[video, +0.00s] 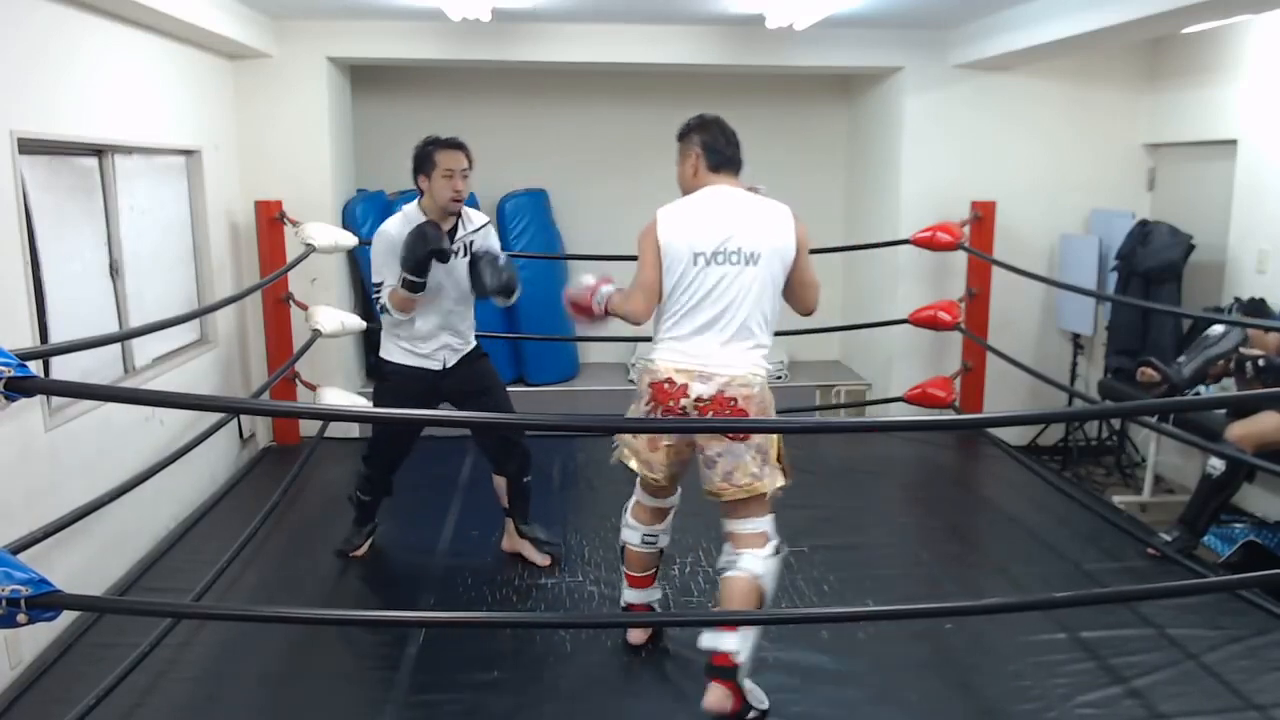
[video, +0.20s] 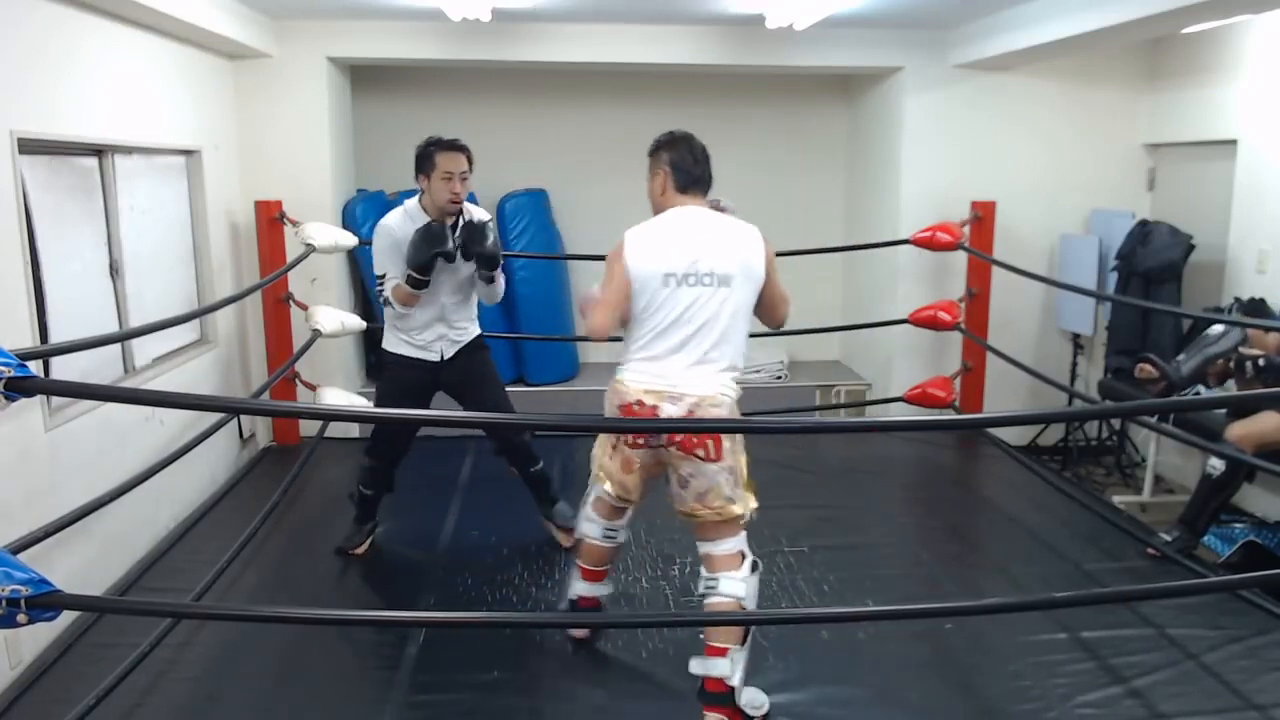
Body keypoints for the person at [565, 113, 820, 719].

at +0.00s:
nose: (678, 173)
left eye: (679, 163)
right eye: (679, 164)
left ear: (694, 160)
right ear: (736, 161)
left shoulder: (665, 221)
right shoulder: (781, 218)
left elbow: (640, 308)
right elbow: (806, 300)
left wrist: (603, 297)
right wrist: (757, 255)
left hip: (668, 389)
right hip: (741, 395)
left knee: (651, 501)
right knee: (750, 535)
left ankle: (638, 620)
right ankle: (725, 673)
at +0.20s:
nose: (648, 188)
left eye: (650, 178)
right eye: (651, 178)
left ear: (664, 179)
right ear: (706, 181)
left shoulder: (635, 243)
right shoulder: (750, 240)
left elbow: (602, 324)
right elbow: (775, 312)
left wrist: (595, 306)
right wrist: (732, 262)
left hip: (636, 408)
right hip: (709, 415)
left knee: (608, 501)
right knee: (724, 554)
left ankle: (582, 612)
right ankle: (719, 694)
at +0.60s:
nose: (583, 180)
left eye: (584, 173)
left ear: (591, 176)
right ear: (641, 179)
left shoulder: (557, 228)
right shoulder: (659, 236)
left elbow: (529, 300)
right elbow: (693, 322)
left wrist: (582, 278)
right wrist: (695, 273)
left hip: (535, 381)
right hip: (587, 396)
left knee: (556, 471)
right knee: (602, 531)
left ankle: (527, 565)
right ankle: (567, 663)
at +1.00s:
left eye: (560, 189)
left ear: (561, 193)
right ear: (612, 199)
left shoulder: (527, 237)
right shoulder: (624, 253)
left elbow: (470, 279)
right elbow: (652, 335)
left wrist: (497, 253)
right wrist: (667, 298)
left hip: (492, 386)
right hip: (546, 403)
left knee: (506, 471)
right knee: (592, 526)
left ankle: (499, 562)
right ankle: (566, 656)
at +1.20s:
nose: (528, 176)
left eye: (529, 168)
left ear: (535, 172)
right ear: (588, 177)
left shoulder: (502, 220)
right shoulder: (604, 232)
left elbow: (458, 279)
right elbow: (642, 313)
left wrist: (495, 276)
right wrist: (644, 272)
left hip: (481, 381)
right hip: (543, 390)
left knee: (482, 474)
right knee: (582, 516)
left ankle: (462, 585)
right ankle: (565, 649)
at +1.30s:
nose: (507, 172)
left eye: (516, 166)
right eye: (579, 174)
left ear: (525, 171)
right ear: (581, 177)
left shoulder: (492, 218)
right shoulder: (594, 239)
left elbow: (469, 246)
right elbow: (632, 310)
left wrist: (525, 219)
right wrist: (621, 253)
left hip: (481, 381)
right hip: (547, 391)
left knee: (477, 485)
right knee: (598, 518)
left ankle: (467, 587)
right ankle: (555, 632)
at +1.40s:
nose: (584, 183)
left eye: (520, 166)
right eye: (587, 177)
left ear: (527, 173)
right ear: (583, 179)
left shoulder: (487, 224)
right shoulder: (596, 241)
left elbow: (487, 250)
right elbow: (630, 307)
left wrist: (551, 220)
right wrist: (614, 250)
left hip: (486, 391)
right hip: (554, 403)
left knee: (483, 493)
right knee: (591, 540)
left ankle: (471, 586)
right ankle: (550, 672)